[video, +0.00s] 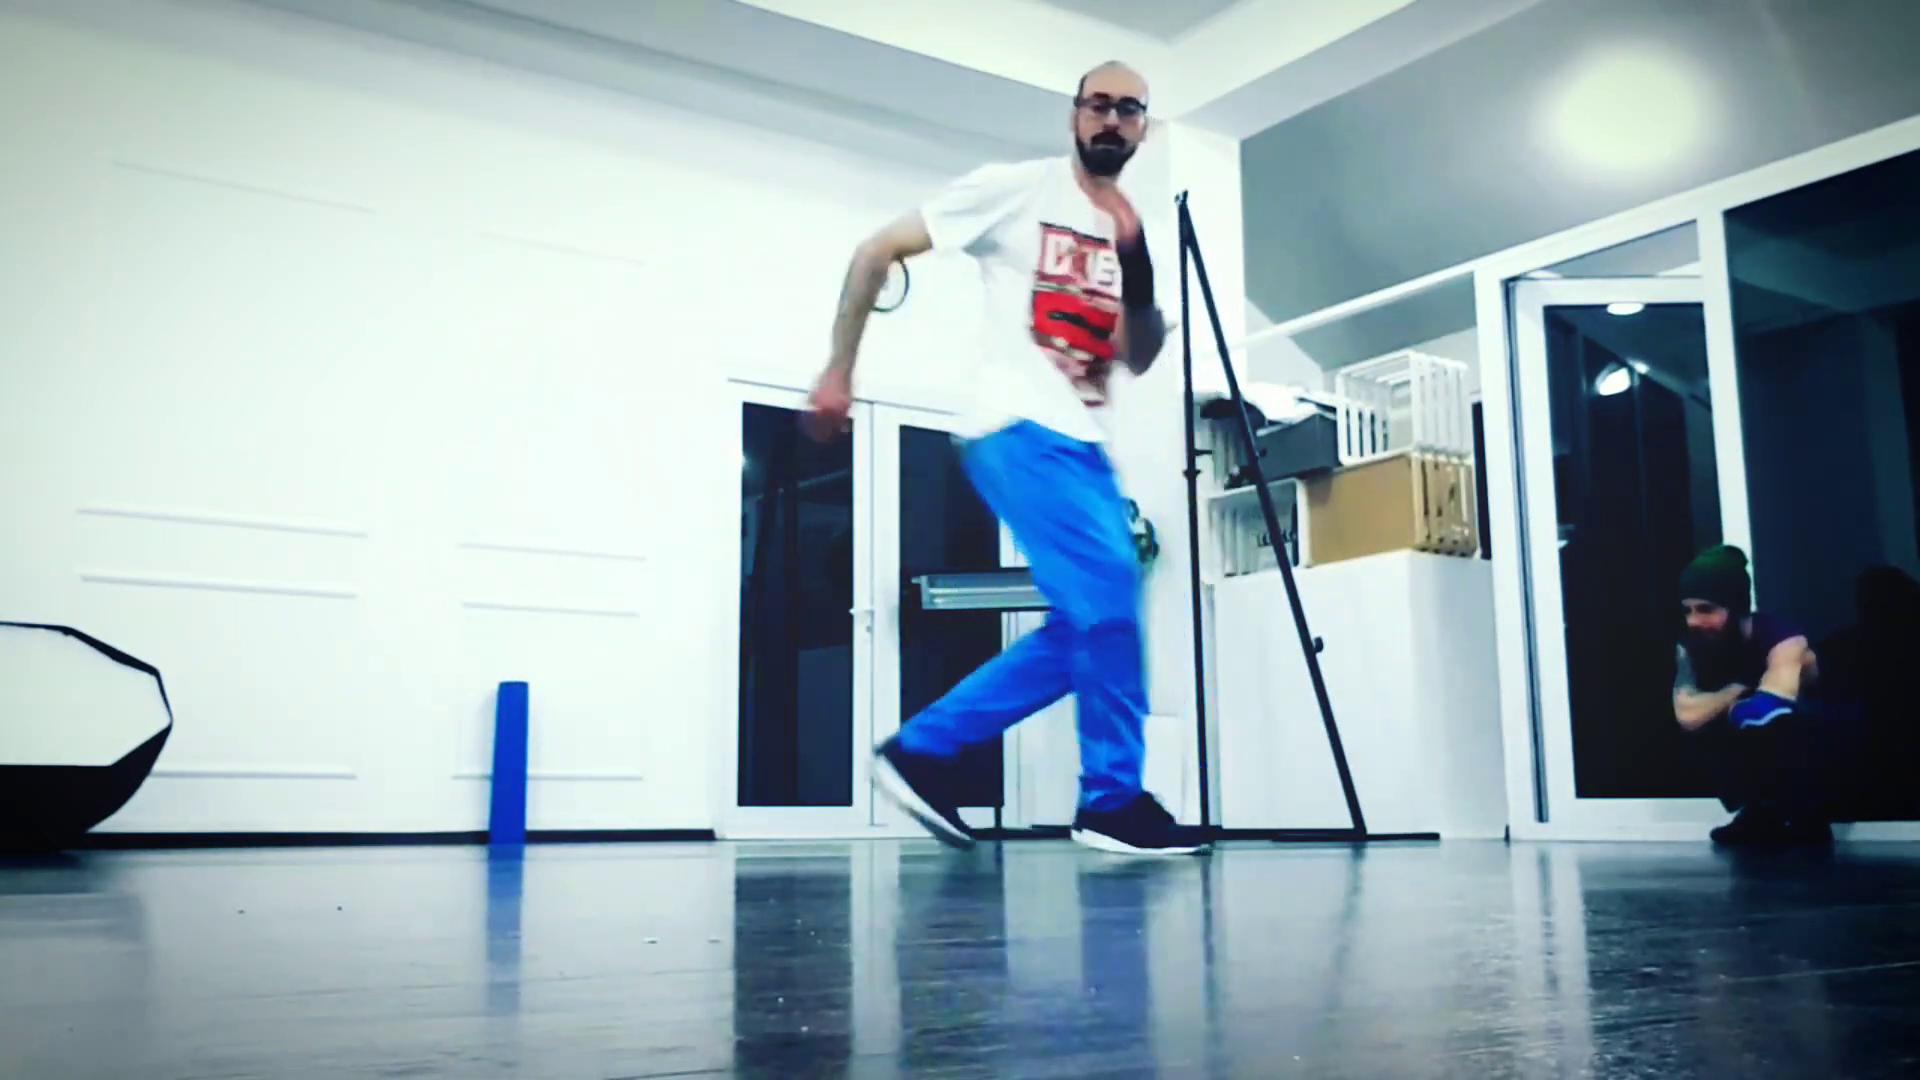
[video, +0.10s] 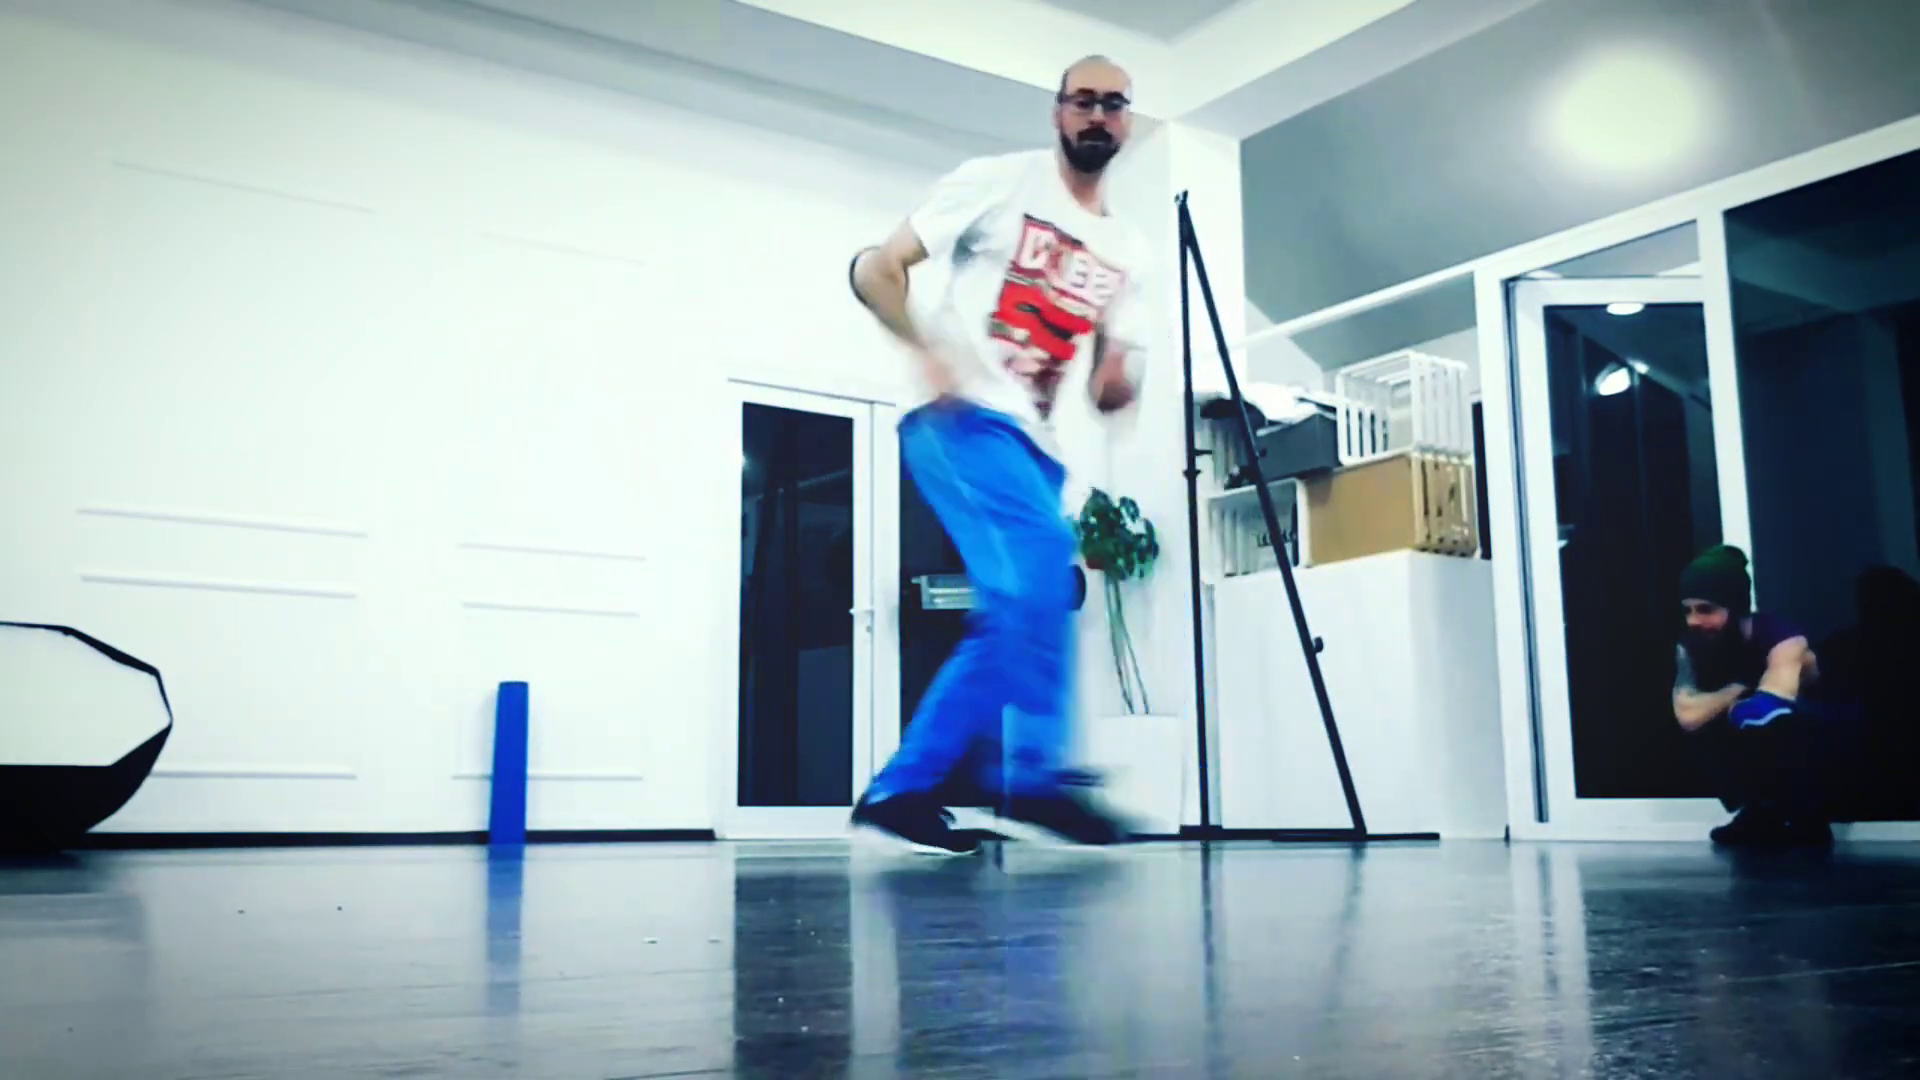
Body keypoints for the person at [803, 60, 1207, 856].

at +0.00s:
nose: (1110, 120)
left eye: (1126, 110)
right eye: (1097, 105)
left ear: (1144, 127)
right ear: (1073, 113)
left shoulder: (1132, 224)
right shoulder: (1019, 187)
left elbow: (1140, 357)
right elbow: (876, 252)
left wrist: (1136, 260)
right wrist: (838, 371)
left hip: (1080, 438)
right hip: (1014, 424)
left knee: (1090, 623)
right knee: (1109, 578)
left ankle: (918, 752)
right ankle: (1113, 797)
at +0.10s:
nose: (1097, 116)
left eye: (1112, 104)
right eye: (1083, 101)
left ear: (1129, 120)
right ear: (1057, 111)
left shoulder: (1122, 249)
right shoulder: (997, 182)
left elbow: (1107, 396)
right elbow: (876, 268)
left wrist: (1120, 360)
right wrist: (926, 347)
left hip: (1033, 443)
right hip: (959, 415)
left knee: (1016, 612)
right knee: (1047, 569)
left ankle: (904, 790)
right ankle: (1036, 777)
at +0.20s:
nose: (1065, 104)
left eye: (1079, 90)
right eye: (1049, 89)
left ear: (1096, 104)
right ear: (1020, 100)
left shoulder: (1094, 239)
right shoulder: (964, 173)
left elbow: (1065, 363)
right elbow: (873, 278)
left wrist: (1086, 446)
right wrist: (975, 250)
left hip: (1012, 433)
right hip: (930, 392)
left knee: (1003, 617)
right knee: (997, 533)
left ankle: (884, 795)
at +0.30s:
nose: (1035, 88)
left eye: (1048, 74)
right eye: (1018, 74)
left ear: (1067, 86)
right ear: (990, 84)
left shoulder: (1073, 217)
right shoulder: (935, 154)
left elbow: (1033, 333)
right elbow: (855, 258)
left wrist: (1057, 408)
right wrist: (965, 208)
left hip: (998, 416)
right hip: (907, 377)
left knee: (1020, 594)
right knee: (960, 516)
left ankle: (893, 767)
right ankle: (793, 622)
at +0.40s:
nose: (996, 84)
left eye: (1009, 68)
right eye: (978, 71)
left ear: (1031, 79)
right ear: (953, 84)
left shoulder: (1054, 213)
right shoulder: (906, 164)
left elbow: (1024, 324)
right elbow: (835, 291)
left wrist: (1038, 366)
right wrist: (888, 333)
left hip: (983, 429)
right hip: (895, 397)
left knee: (968, 617)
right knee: (915, 528)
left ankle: (875, 801)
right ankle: (887, 765)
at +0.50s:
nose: (948, 68)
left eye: (958, 51)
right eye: (928, 58)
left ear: (982, 57)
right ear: (905, 72)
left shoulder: (1029, 177)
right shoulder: (868, 159)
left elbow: (1039, 326)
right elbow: (811, 289)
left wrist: (1020, 260)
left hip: (978, 408)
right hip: (883, 391)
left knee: (984, 604)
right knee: (927, 524)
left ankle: (879, 772)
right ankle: (920, 775)